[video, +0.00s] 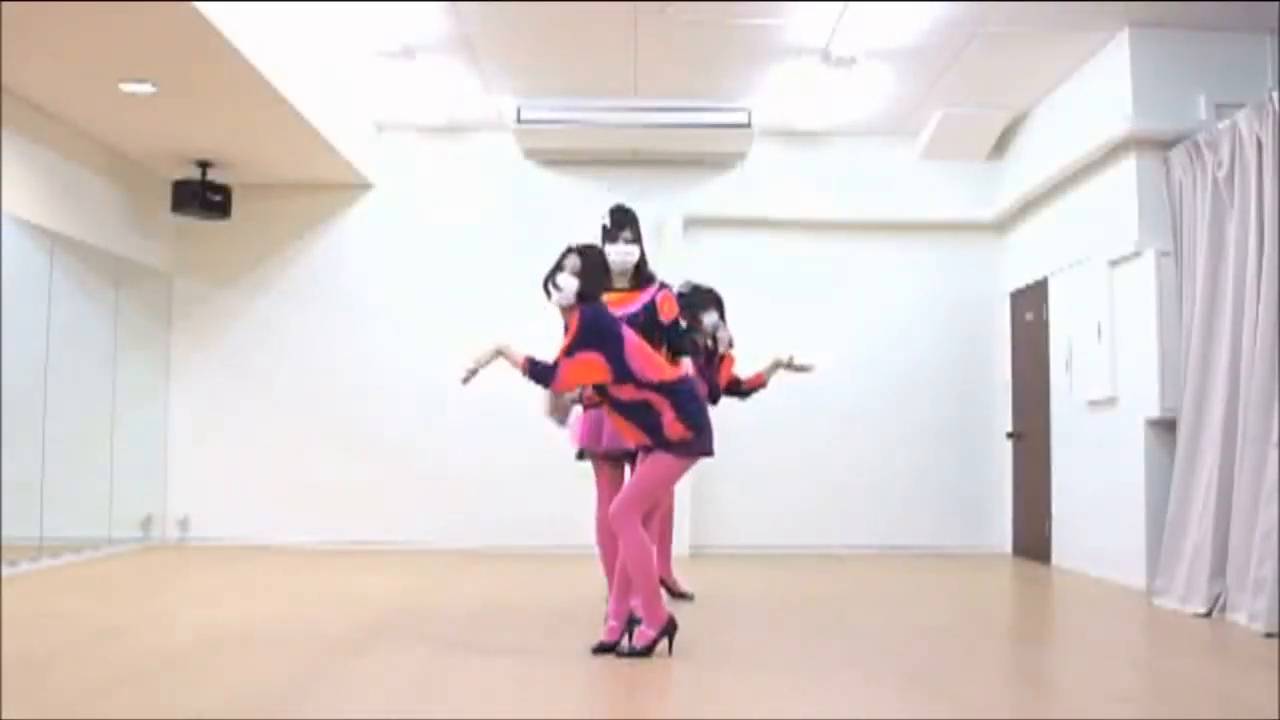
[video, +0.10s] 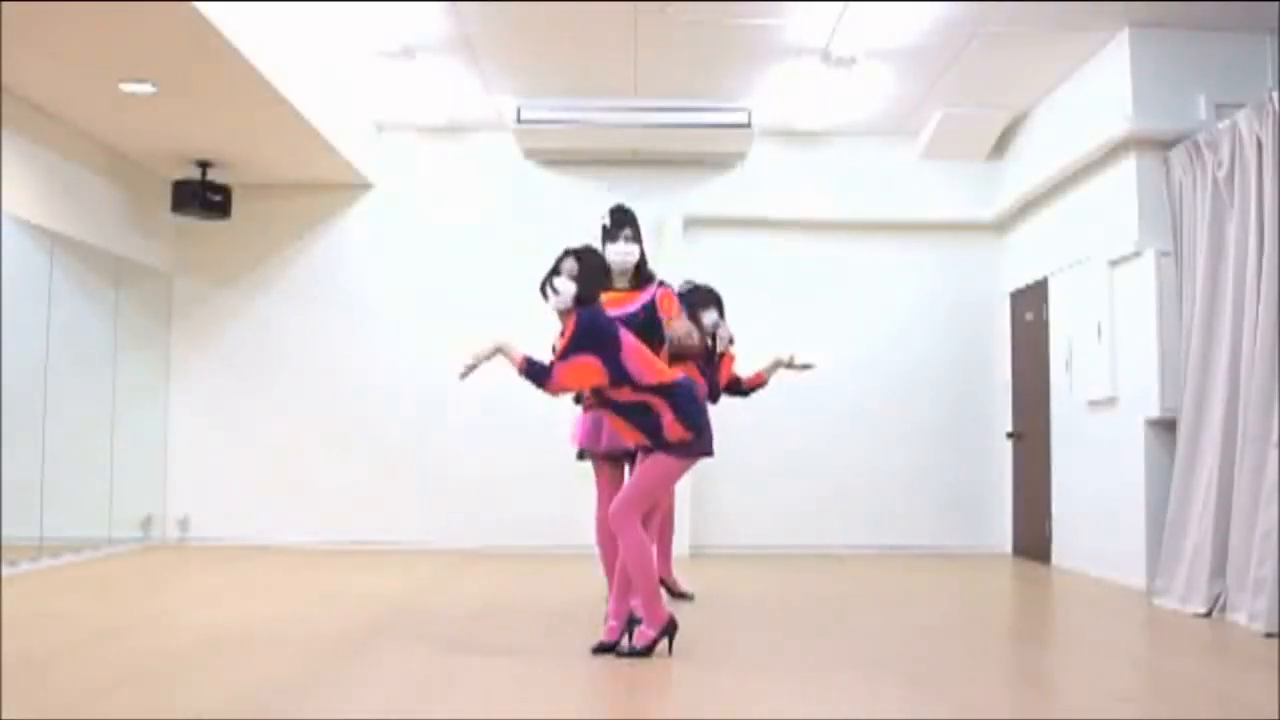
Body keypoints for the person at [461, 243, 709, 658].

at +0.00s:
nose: (561, 280)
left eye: (571, 274)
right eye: (560, 271)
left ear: (588, 282)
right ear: (554, 276)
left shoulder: (595, 321)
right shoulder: (582, 323)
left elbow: (559, 378)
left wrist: (505, 352)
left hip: (683, 430)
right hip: (658, 431)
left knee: (624, 512)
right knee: (614, 518)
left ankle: (655, 617)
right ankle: (622, 617)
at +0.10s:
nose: (559, 284)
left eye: (569, 277)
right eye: (557, 274)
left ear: (587, 286)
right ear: (550, 280)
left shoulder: (593, 325)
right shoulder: (577, 327)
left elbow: (558, 382)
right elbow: (557, 377)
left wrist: (506, 351)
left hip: (683, 431)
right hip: (658, 432)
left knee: (624, 513)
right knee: (616, 518)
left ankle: (655, 617)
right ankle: (623, 616)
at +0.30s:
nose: (550, 291)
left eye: (561, 284)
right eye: (550, 281)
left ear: (580, 291)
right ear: (549, 283)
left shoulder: (590, 332)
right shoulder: (583, 328)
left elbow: (550, 389)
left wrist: (504, 354)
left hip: (683, 433)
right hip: (659, 432)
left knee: (623, 512)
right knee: (617, 518)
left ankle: (654, 616)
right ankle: (624, 615)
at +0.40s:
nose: (546, 295)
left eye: (556, 286)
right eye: (548, 285)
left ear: (574, 292)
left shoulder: (588, 335)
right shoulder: (582, 332)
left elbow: (548, 391)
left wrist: (504, 356)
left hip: (683, 433)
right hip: (662, 432)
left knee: (623, 514)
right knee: (614, 519)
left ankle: (654, 616)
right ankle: (623, 616)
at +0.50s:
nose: (547, 295)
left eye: (556, 287)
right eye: (547, 285)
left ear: (574, 292)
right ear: (587, 293)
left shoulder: (588, 337)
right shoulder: (582, 333)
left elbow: (548, 391)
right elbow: (552, 387)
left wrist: (504, 357)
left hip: (684, 434)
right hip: (665, 433)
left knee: (623, 514)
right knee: (615, 519)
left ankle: (655, 616)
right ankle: (622, 616)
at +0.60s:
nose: (548, 293)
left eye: (558, 286)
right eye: (549, 283)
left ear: (577, 292)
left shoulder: (589, 335)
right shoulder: (585, 330)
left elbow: (548, 391)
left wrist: (504, 355)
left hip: (683, 431)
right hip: (669, 430)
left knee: (624, 512)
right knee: (626, 519)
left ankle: (655, 616)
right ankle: (622, 617)